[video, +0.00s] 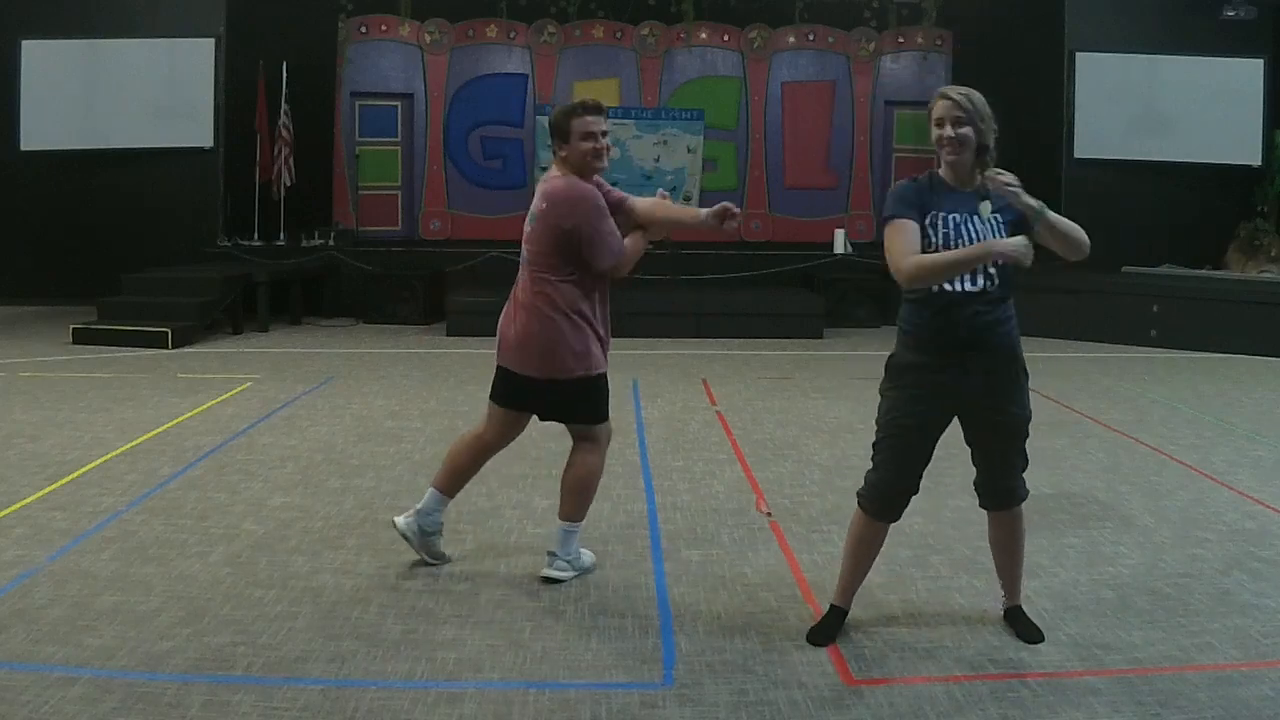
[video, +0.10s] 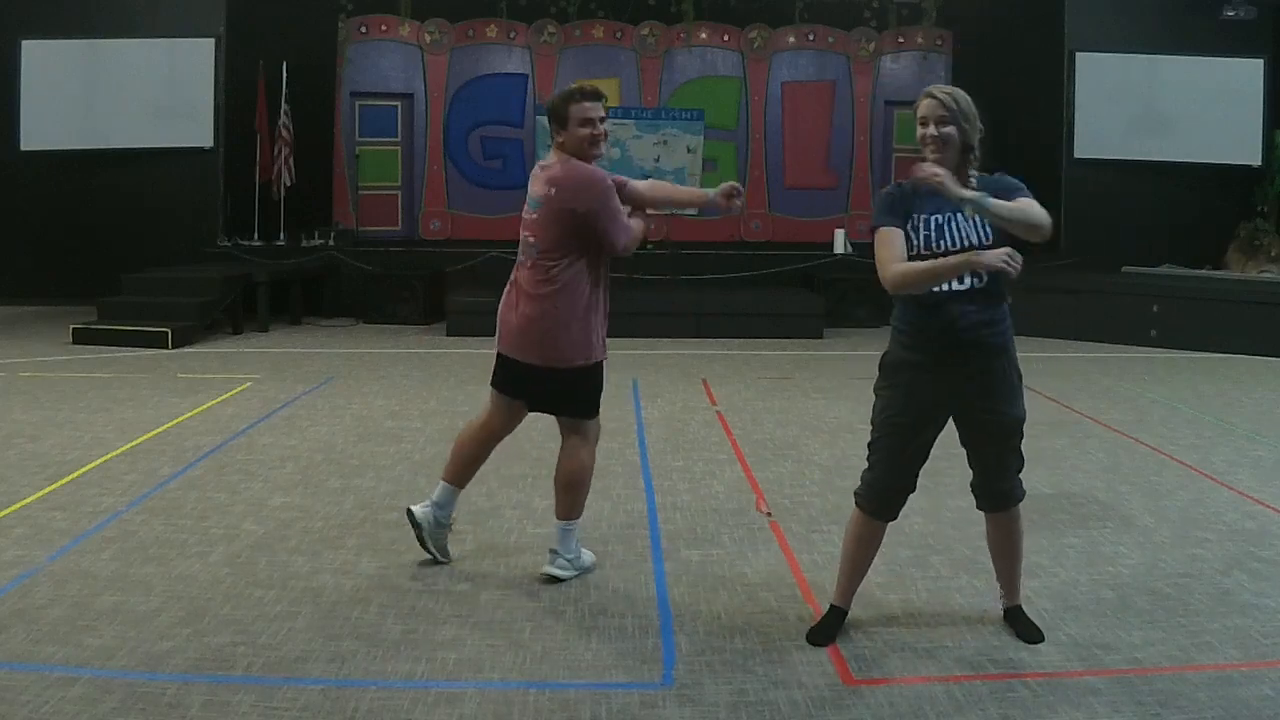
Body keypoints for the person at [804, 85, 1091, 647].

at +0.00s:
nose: (949, 132)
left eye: (961, 123)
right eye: (940, 124)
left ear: (983, 133)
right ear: (930, 134)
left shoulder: (1005, 198)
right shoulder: (909, 194)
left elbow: (1078, 248)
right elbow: (906, 269)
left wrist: (1027, 204)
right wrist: (991, 249)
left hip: (995, 368)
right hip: (921, 366)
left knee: (1004, 491)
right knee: (885, 490)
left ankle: (1013, 604)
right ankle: (839, 605)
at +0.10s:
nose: (931, 133)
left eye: (943, 123)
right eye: (923, 125)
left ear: (968, 130)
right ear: (915, 133)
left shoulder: (999, 190)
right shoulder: (898, 198)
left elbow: (1041, 227)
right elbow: (893, 276)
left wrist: (964, 194)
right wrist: (972, 260)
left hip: (988, 365)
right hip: (914, 364)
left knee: (1002, 490)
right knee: (880, 490)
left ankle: (1013, 604)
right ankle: (839, 605)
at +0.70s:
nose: (875, 143)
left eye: (885, 132)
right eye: (870, 135)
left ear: (916, 133)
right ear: (870, 143)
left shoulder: (952, 174)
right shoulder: (876, 203)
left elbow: (875, 210)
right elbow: (864, 288)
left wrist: (789, 237)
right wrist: (882, 219)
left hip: (965, 359)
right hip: (893, 362)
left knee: (990, 488)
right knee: (869, 487)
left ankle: (1015, 602)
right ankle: (837, 605)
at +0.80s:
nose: (873, 145)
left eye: (882, 135)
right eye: (867, 138)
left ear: (913, 136)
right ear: (867, 146)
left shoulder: (950, 176)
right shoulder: (876, 206)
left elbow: (870, 213)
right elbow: (863, 293)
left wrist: (785, 247)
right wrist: (876, 221)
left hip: (963, 361)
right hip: (892, 363)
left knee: (988, 489)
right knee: (868, 486)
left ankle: (1013, 602)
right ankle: (837, 605)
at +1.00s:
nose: (892, 147)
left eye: (900, 135)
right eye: (884, 140)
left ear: (928, 135)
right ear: (882, 148)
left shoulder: (972, 182)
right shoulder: (877, 214)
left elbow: (909, 227)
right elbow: (867, 299)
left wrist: (825, 237)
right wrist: (892, 257)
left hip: (968, 363)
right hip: (897, 364)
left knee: (994, 493)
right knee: (869, 489)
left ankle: (1009, 603)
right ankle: (837, 605)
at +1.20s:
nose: (953, 155)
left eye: (964, 144)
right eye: (946, 146)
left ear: (990, 144)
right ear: (939, 150)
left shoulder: (1027, 196)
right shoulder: (925, 206)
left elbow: (1040, 257)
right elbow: (890, 288)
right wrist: (882, 337)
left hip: (999, 370)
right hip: (927, 369)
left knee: (1018, 495)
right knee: (883, 490)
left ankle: (1011, 604)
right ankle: (835, 600)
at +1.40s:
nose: (1007, 152)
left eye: (1017, 142)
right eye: (999, 142)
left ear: (1037, 139)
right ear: (986, 140)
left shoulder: (1066, 186)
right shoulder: (963, 196)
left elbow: (1127, 239)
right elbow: (916, 275)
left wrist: (1168, 292)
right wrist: (863, 338)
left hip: (1028, 355)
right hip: (960, 346)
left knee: (1026, 484)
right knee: (919, 457)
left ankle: (1013, 606)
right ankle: (838, 489)